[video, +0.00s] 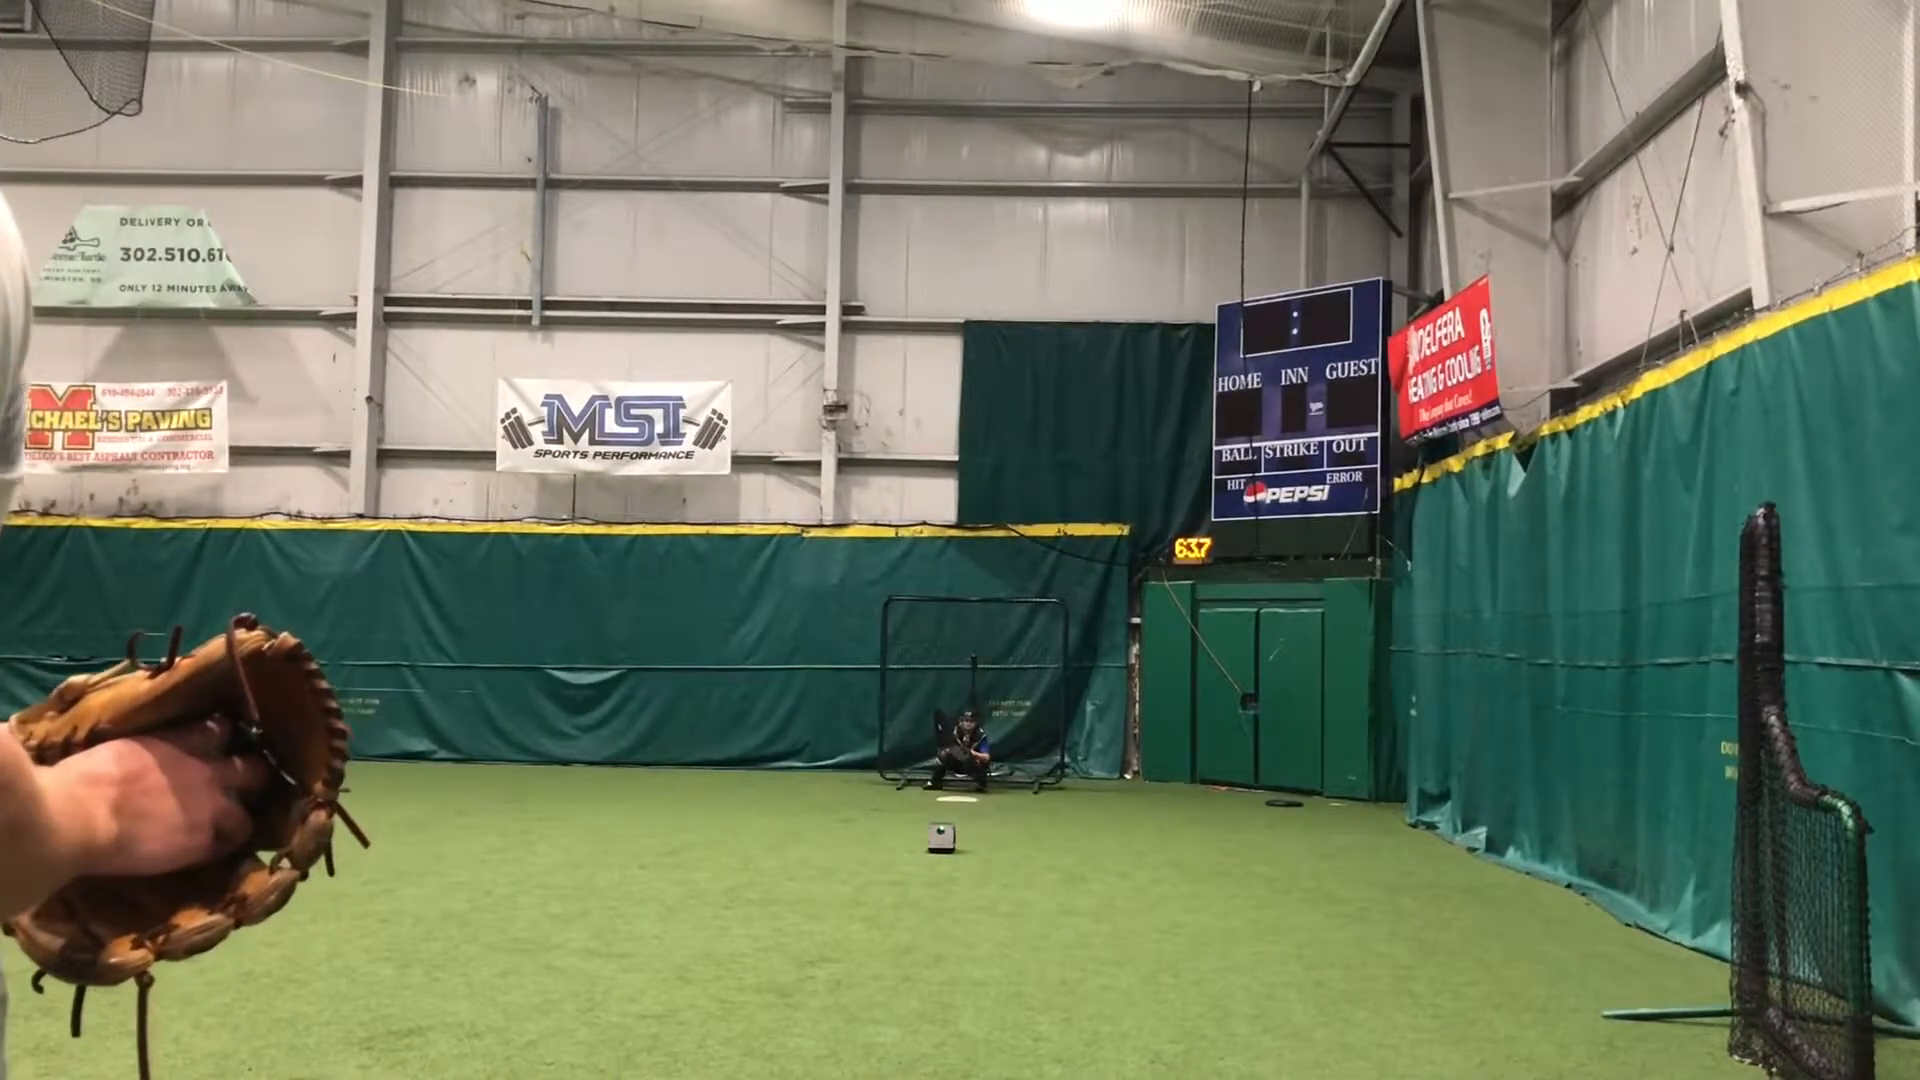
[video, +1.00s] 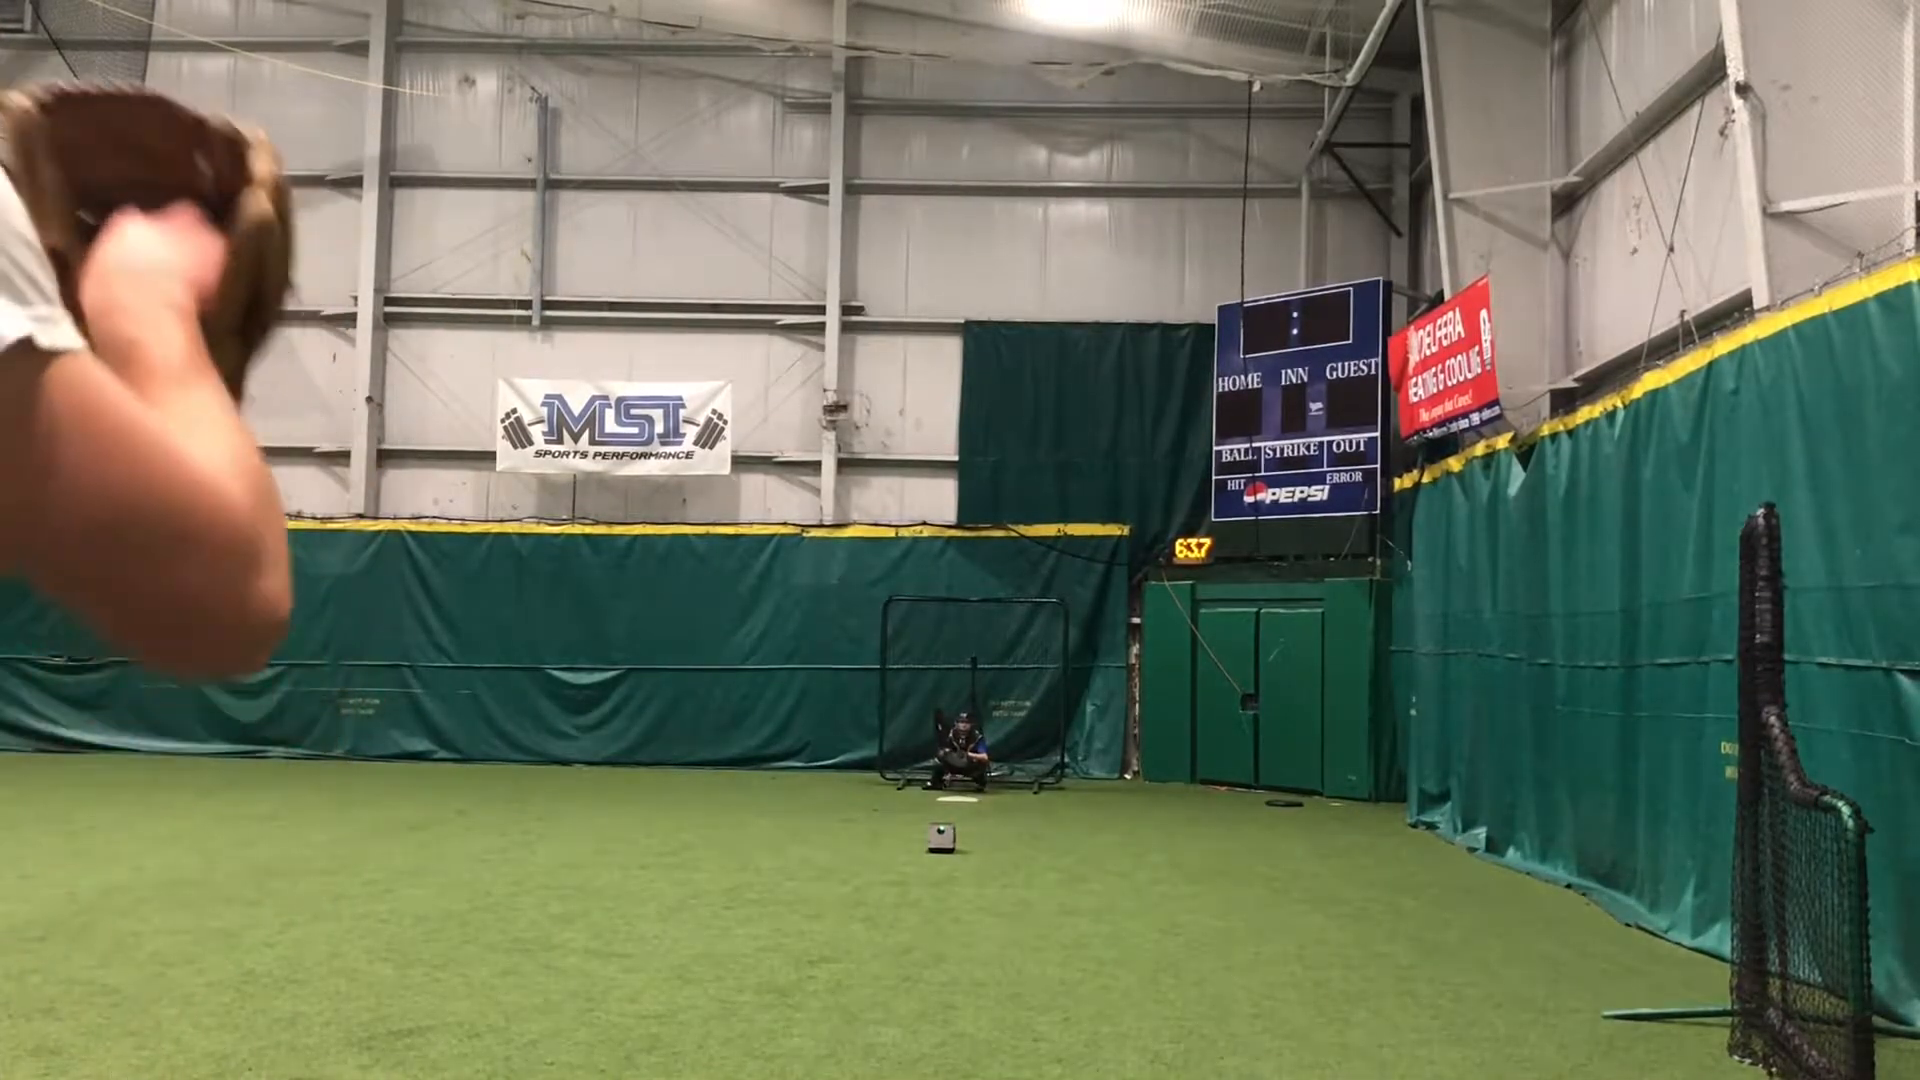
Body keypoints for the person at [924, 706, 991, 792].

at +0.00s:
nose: (968, 724)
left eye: (971, 721)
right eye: (965, 721)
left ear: (976, 723)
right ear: (960, 723)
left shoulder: (980, 735)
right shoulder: (954, 733)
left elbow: (986, 757)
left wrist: (970, 752)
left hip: (972, 763)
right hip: (957, 760)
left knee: (979, 763)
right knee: (944, 759)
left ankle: (982, 785)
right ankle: (936, 782)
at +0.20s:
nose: (966, 725)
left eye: (969, 722)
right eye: (963, 722)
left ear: (974, 724)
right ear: (959, 723)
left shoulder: (978, 737)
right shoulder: (952, 735)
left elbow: (985, 758)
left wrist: (970, 753)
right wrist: (947, 753)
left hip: (972, 764)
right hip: (956, 763)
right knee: (944, 761)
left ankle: (981, 785)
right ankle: (935, 782)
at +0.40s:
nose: (964, 725)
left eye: (967, 722)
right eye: (961, 722)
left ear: (972, 724)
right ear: (957, 724)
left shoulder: (977, 738)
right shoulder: (952, 736)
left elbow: (985, 758)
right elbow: (940, 754)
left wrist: (969, 754)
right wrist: (948, 754)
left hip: (972, 764)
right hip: (955, 763)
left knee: (980, 771)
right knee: (944, 764)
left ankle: (981, 785)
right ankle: (935, 782)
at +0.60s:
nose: (963, 726)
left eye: (967, 723)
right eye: (961, 722)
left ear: (972, 725)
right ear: (956, 724)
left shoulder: (977, 738)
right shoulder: (952, 736)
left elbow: (984, 758)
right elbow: (941, 752)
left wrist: (969, 754)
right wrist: (950, 754)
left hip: (972, 765)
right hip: (954, 764)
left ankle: (981, 785)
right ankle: (935, 782)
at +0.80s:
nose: (964, 725)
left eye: (967, 723)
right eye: (961, 722)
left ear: (971, 725)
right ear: (956, 724)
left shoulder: (977, 738)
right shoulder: (951, 735)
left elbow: (984, 758)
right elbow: (945, 750)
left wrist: (969, 755)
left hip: (971, 764)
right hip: (954, 762)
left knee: (980, 768)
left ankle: (981, 785)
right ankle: (936, 783)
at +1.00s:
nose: (964, 725)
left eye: (967, 723)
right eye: (961, 722)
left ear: (971, 725)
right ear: (956, 724)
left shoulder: (977, 737)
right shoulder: (950, 735)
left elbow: (984, 757)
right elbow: (942, 750)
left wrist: (968, 754)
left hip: (971, 763)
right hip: (953, 762)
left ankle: (981, 785)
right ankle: (936, 782)